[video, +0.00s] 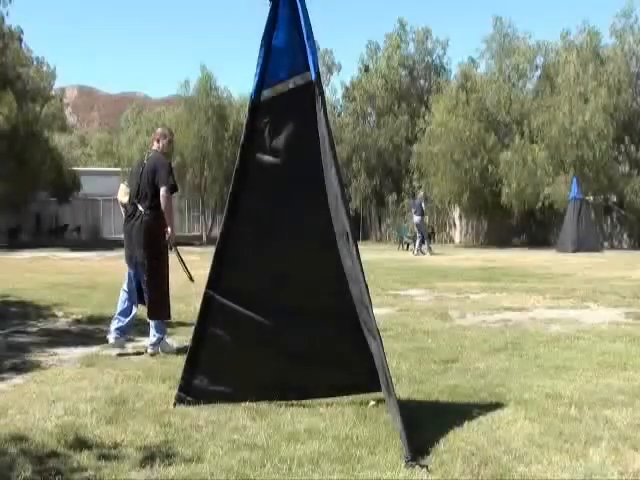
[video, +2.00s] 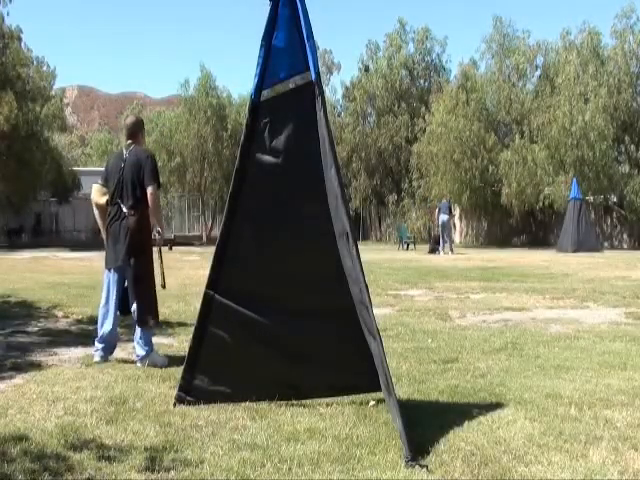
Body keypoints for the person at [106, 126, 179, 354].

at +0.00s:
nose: (171, 146)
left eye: (170, 142)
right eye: (169, 142)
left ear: (153, 142)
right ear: (159, 142)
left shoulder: (139, 164)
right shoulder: (162, 163)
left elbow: (124, 196)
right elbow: (164, 196)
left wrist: (132, 217)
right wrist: (170, 226)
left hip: (133, 227)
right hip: (150, 229)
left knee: (133, 280)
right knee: (156, 282)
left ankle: (117, 332)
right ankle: (156, 339)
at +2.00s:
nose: (145, 136)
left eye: (141, 133)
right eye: (144, 133)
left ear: (125, 135)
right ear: (142, 134)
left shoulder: (113, 160)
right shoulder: (146, 157)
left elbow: (98, 198)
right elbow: (151, 194)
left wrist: (105, 231)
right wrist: (158, 226)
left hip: (115, 231)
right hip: (138, 233)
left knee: (110, 293)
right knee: (141, 292)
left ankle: (102, 348)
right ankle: (144, 351)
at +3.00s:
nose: (145, 135)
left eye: (143, 132)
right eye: (144, 132)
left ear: (125, 135)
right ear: (140, 133)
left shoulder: (113, 160)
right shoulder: (144, 155)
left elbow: (99, 197)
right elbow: (149, 193)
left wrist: (105, 228)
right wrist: (156, 227)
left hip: (112, 230)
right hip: (134, 230)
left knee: (109, 294)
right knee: (138, 293)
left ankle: (102, 349)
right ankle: (144, 351)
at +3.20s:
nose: (145, 136)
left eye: (143, 132)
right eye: (145, 132)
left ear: (125, 134)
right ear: (141, 133)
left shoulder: (113, 160)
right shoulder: (144, 155)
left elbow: (99, 197)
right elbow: (149, 193)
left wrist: (105, 228)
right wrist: (156, 227)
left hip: (112, 230)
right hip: (134, 230)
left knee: (109, 293)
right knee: (138, 293)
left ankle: (102, 349)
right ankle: (144, 351)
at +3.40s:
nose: (145, 136)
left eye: (143, 132)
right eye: (145, 132)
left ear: (126, 135)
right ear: (141, 133)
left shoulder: (114, 160)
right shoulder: (144, 156)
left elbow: (99, 196)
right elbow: (149, 193)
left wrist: (105, 227)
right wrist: (156, 226)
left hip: (112, 230)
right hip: (134, 230)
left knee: (109, 294)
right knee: (138, 293)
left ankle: (101, 349)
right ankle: (144, 351)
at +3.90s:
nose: (146, 135)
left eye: (143, 131)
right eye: (145, 132)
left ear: (126, 134)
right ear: (141, 133)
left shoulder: (113, 159)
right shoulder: (143, 156)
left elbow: (99, 195)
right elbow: (148, 193)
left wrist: (105, 223)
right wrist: (154, 226)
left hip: (111, 229)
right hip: (133, 230)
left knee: (108, 293)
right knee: (137, 292)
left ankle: (101, 349)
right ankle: (144, 351)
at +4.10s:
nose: (146, 136)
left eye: (144, 132)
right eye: (145, 132)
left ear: (126, 134)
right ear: (140, 133)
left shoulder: (115, 158)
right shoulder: (142, 157)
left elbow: (99, 194)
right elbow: (145, 195)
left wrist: (107, 221)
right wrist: (153, 229)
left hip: (110, 227)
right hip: (131, 227)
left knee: (110, 291)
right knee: (137, 290)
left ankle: (101, 348)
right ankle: (144, 351)